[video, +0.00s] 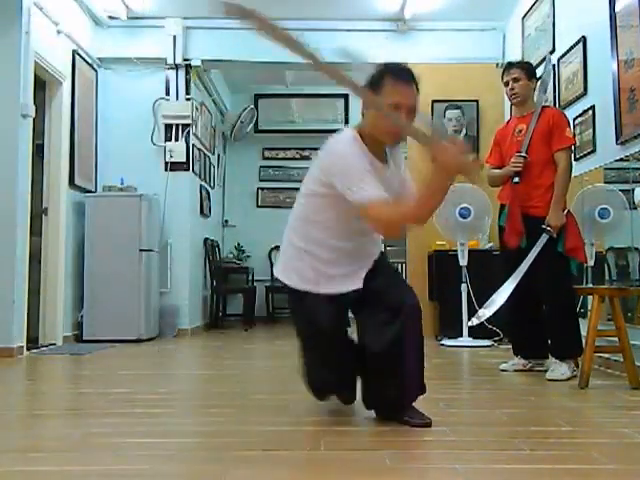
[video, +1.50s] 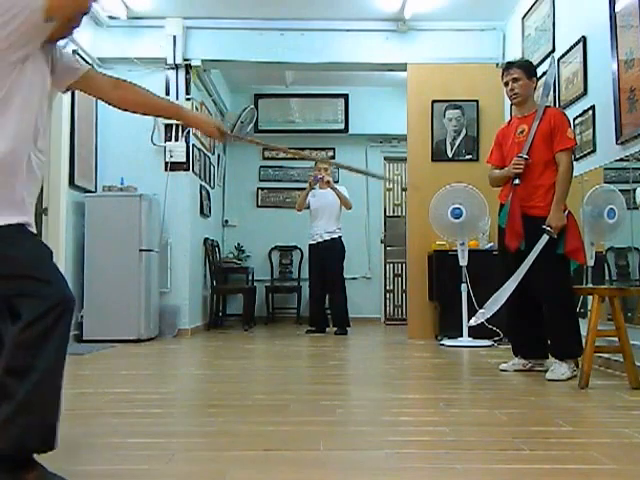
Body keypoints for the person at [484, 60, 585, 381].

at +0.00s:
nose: (511, 86)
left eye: (517, 80)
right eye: (507, 83)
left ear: (533, 83)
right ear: (504, 89)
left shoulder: (552, 116)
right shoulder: (503, 131)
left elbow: (564, 164)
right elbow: (491, 177)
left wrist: (557, 207)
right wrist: (507, 170)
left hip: (546, 213)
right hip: (513, 215)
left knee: (554, 284)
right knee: (519, 283)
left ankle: (565, 357)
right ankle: (529, 354)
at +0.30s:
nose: (511, 87)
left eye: (517, 80)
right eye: (507, 83)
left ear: (533, 83)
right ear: (504, 90)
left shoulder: (552, 116)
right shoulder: (503, 132)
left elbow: (564, 163)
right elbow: (491, 177)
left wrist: (557, 207)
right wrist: (508, 170)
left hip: (546, 215)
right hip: (512, 217)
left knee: (554, 285)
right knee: (518, 284)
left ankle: (565, 357)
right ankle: (529, 354)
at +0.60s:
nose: (511, 87)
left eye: (517, 80)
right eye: (506, 83)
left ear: (533, 83)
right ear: (504, 90)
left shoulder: (552, 116)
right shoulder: (506, 129)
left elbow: (564, 163)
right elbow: (492, 177)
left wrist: (558, 209)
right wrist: (508, 171)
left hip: (546, 214)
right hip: (513, 214)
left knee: (554, 284)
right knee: (518, 284)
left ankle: (564, 357)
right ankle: (529, 354)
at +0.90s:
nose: (510, 86)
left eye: (516, 80)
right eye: (506, 82)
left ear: (533, 83)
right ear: (504, 89)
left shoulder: (552, 117)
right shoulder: (504, 131)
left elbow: (564, 164)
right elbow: (492, 177)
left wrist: (557, 208)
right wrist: (508, 171)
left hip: (545, 215)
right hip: (512, 216)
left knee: (553, 285)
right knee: (517, 285)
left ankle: (565, 357)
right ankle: (529, 354)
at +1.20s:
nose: (510, 86)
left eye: (516, 80)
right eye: (506, 83)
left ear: (533, 83)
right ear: (505, 89)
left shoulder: (553, 117)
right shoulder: (504, 131)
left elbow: (564, 164)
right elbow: (493, 177)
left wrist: (558, 209)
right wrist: (508, 171)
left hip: (545, 214)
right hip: (512, 215)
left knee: (553, 284)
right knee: (518, 283)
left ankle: (564, 358)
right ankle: (529, 354)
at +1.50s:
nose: (511, 87)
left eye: (516, 80)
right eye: (506, 83)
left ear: (533, 83)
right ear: (504, 89)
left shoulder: (553, 117)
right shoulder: (504, 132)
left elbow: (565, 164)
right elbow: (493, 177)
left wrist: (557, 209)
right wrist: (508, 171)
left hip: (546, 214)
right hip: (513, 215)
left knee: (552, 284)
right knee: (519, 284)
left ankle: (565, 358)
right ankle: (529, 355)